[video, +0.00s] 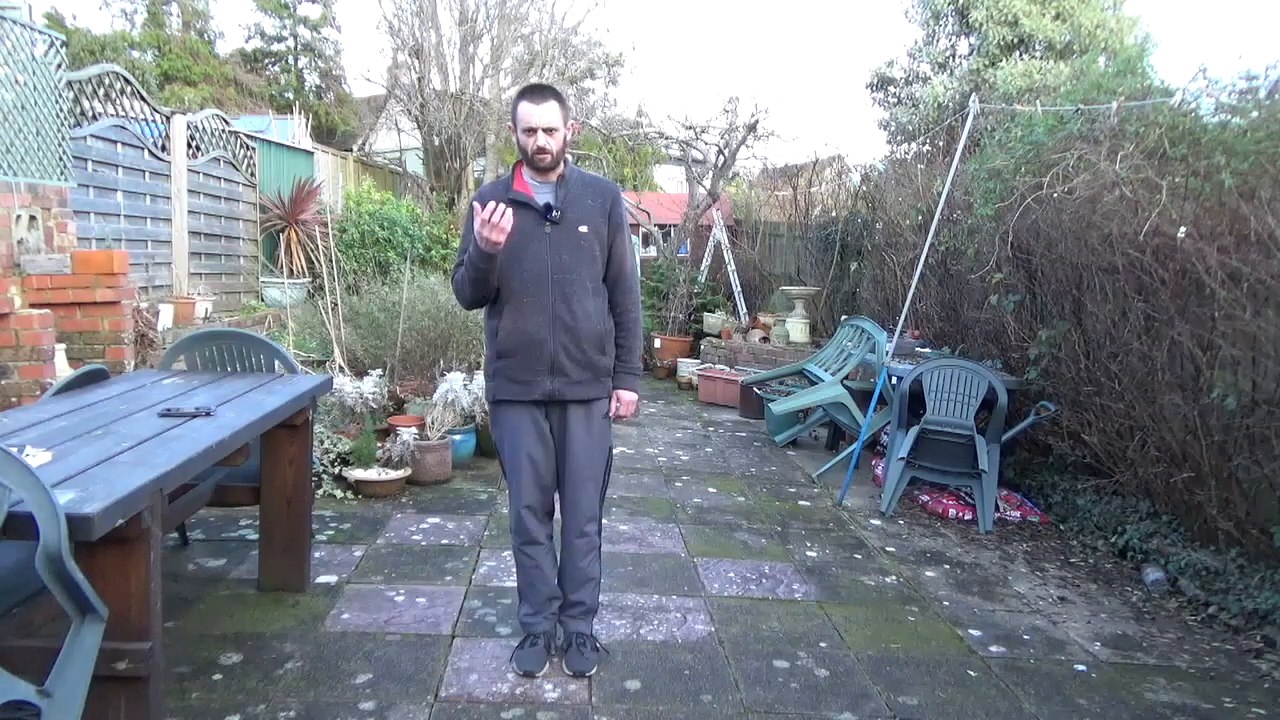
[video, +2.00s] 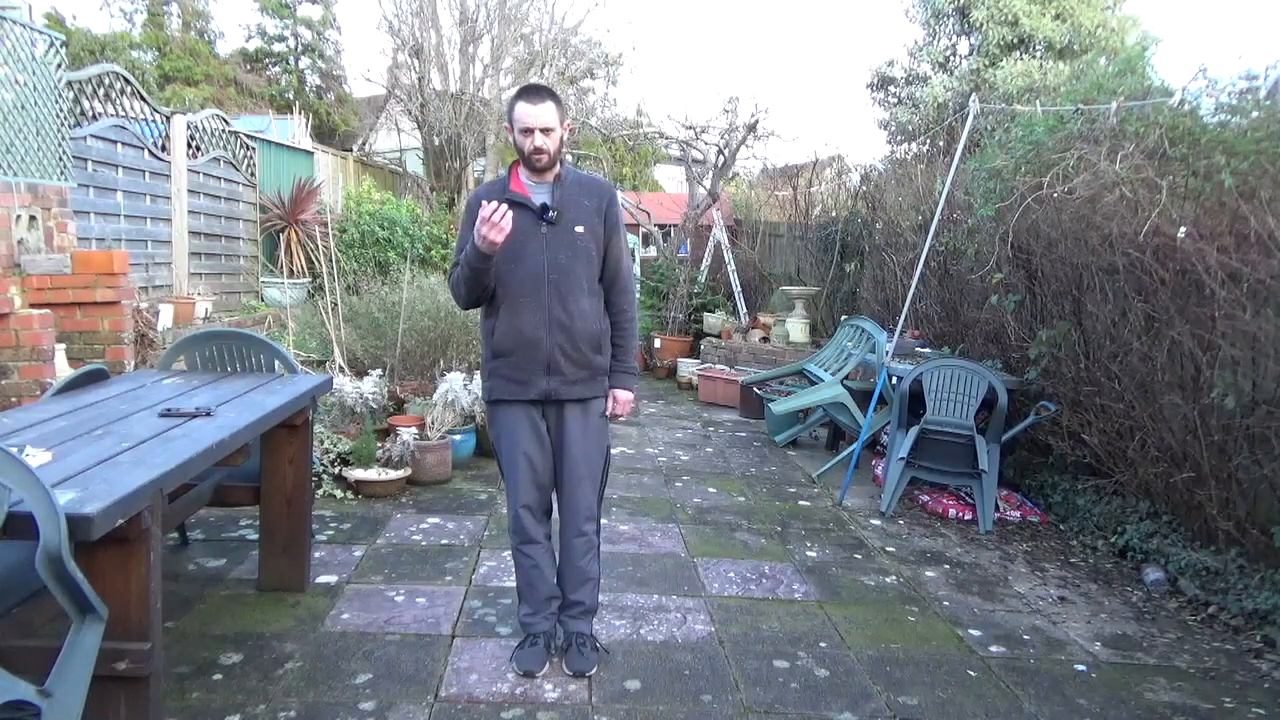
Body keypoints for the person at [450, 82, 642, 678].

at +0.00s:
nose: (539, 141)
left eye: (548, 130)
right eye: (529, 131)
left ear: (568, 129)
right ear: (515, 134)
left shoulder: (603, 195)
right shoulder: (491, 197)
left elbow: (625, 293)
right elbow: (468, 295)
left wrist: (628, 375)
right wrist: (485, 250)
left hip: (589, 379)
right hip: (516, 381)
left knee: (583, 513)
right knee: (528, 513)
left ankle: (580, 627)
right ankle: (536, 628)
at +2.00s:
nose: (536, 141)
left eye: (545, 130)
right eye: (525, 132)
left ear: (564, 130)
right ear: (512, 135)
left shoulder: (598, 195)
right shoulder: (486, 199)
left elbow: (620, 291)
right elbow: (464, 295)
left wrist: (624, 374)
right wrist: (482, 248)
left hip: (586, 376)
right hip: (513, 379)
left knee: (582, 511)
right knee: (526, 512)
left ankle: (580, 625)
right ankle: (536, 627)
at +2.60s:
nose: (535, 140)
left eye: (544, 129)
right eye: (524, 131)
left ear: (563, 130)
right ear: (511, 134)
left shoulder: (597, 195)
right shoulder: (484, 200)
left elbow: (619, 291)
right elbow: (465, 278)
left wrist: (622, 373)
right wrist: (472, 306)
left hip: (584, 378)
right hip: (512, 380)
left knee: (581, 513)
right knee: (526, 513)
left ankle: (580, 626)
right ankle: (535, 627)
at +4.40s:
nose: (611, 155)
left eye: (615, 147)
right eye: (606, 144)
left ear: (606, 147)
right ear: (574, 135)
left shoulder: (603, 201)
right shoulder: (532, 195)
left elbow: (616, 286)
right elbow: (515, 292)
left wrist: (628, 353)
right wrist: (532, 371)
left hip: (603, 367)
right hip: (555, 368)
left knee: (588, 483)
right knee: (562, 488)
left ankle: (572, 591)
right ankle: (553, 605)